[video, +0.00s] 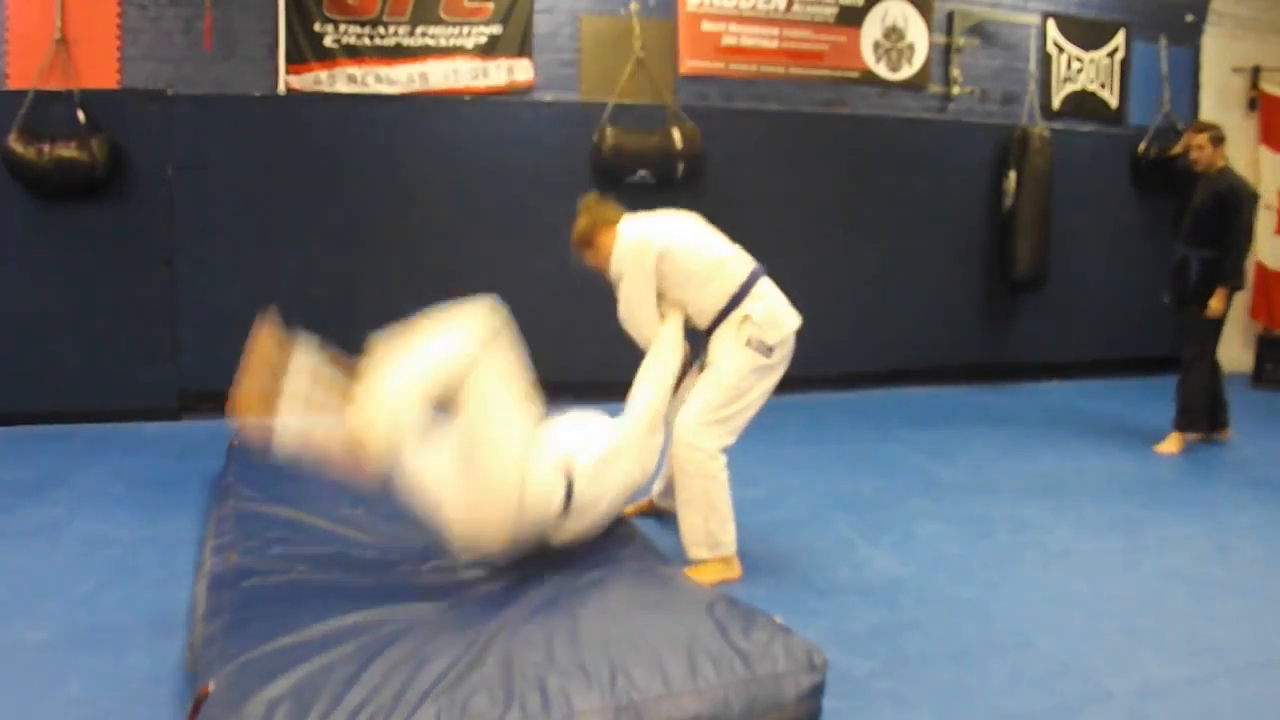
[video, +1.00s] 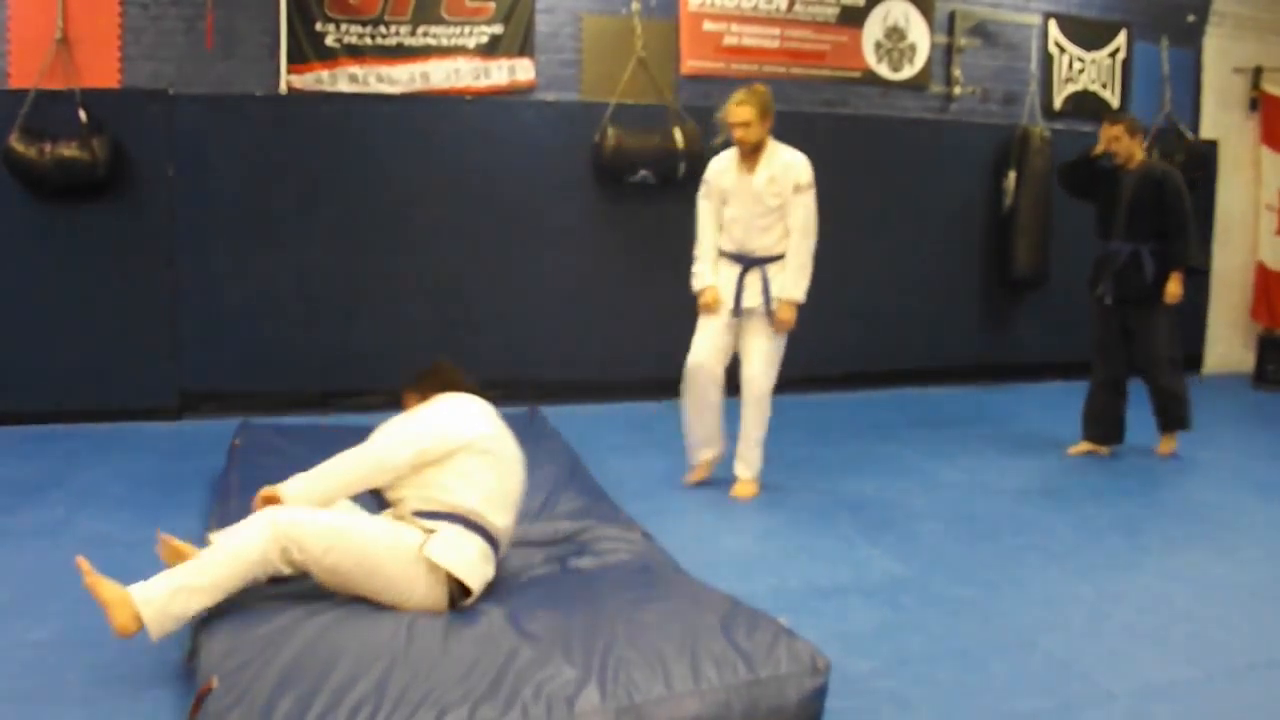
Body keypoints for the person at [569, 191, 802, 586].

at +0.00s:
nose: (599, 269)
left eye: (593, 260)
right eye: (591, 263)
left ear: (600, 239)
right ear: (614, 225)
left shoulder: (632, 242)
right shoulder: (661, 222)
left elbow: (636, 319)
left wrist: (672, 360)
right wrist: (678, 359)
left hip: (756, 331)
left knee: (696, 432)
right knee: (683, 414)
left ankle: (718, 559)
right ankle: (669, 498)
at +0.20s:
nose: (619, 218)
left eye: (616, 207)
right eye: (613, 212)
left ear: (630, 185)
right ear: (641, 180)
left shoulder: (672, 194)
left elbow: (628, 264)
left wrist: (605, 315)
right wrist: (673, 305)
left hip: (746, 325)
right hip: (719, 326)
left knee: (689, 435)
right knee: (657, 406)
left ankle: (716, 560)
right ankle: (659, 499)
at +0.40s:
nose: (625, 186)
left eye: (625, 173)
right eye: (618, 179)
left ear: (646, 152)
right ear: (636, 161)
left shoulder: (704, 170)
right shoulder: (657, 203)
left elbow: (701, 235)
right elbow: (669, 273)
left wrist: (650, 258)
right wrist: (645, 296)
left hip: (733, 298)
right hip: (693, 304)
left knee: (716, 420)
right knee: (647, 410)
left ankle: (716, 546)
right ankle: (661, 499)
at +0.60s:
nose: (641, 165)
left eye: (642, 154)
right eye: (636, 159)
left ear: (666, 136)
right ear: (646, 152)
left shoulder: (718, 162)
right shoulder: (658, 186)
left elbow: (762, 213)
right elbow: (652, 257)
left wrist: (792, 268)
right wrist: (637, 263)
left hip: (733, 290)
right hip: (684, 292)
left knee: (724, 403)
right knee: (660, 401)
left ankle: (742, 505)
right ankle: (664, 498)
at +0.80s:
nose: (687, 146)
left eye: (694, 136)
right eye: (683, 138)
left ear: (719, 130)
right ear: (683, 137)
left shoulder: (758, 169)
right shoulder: (690, 176)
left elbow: (786, 235)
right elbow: (663, 226)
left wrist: (801, 302)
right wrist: (665, 271)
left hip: (753, 287)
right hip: (703, 286)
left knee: (747, 391)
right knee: (679, 388)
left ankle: (749, 475)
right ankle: (664, 490)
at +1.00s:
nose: (739, 134)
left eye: (747, 126)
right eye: (734, 126)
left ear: (767, 123)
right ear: (728, 126)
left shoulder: (794, 167)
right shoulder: (719, 166)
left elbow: (803, 235)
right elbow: (706, 229)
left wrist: (791, 295)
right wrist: (704, 280)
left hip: (772, 275)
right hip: (723, 273)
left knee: (757, 379)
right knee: (700, 364)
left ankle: (747, 471)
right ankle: (705, 451)